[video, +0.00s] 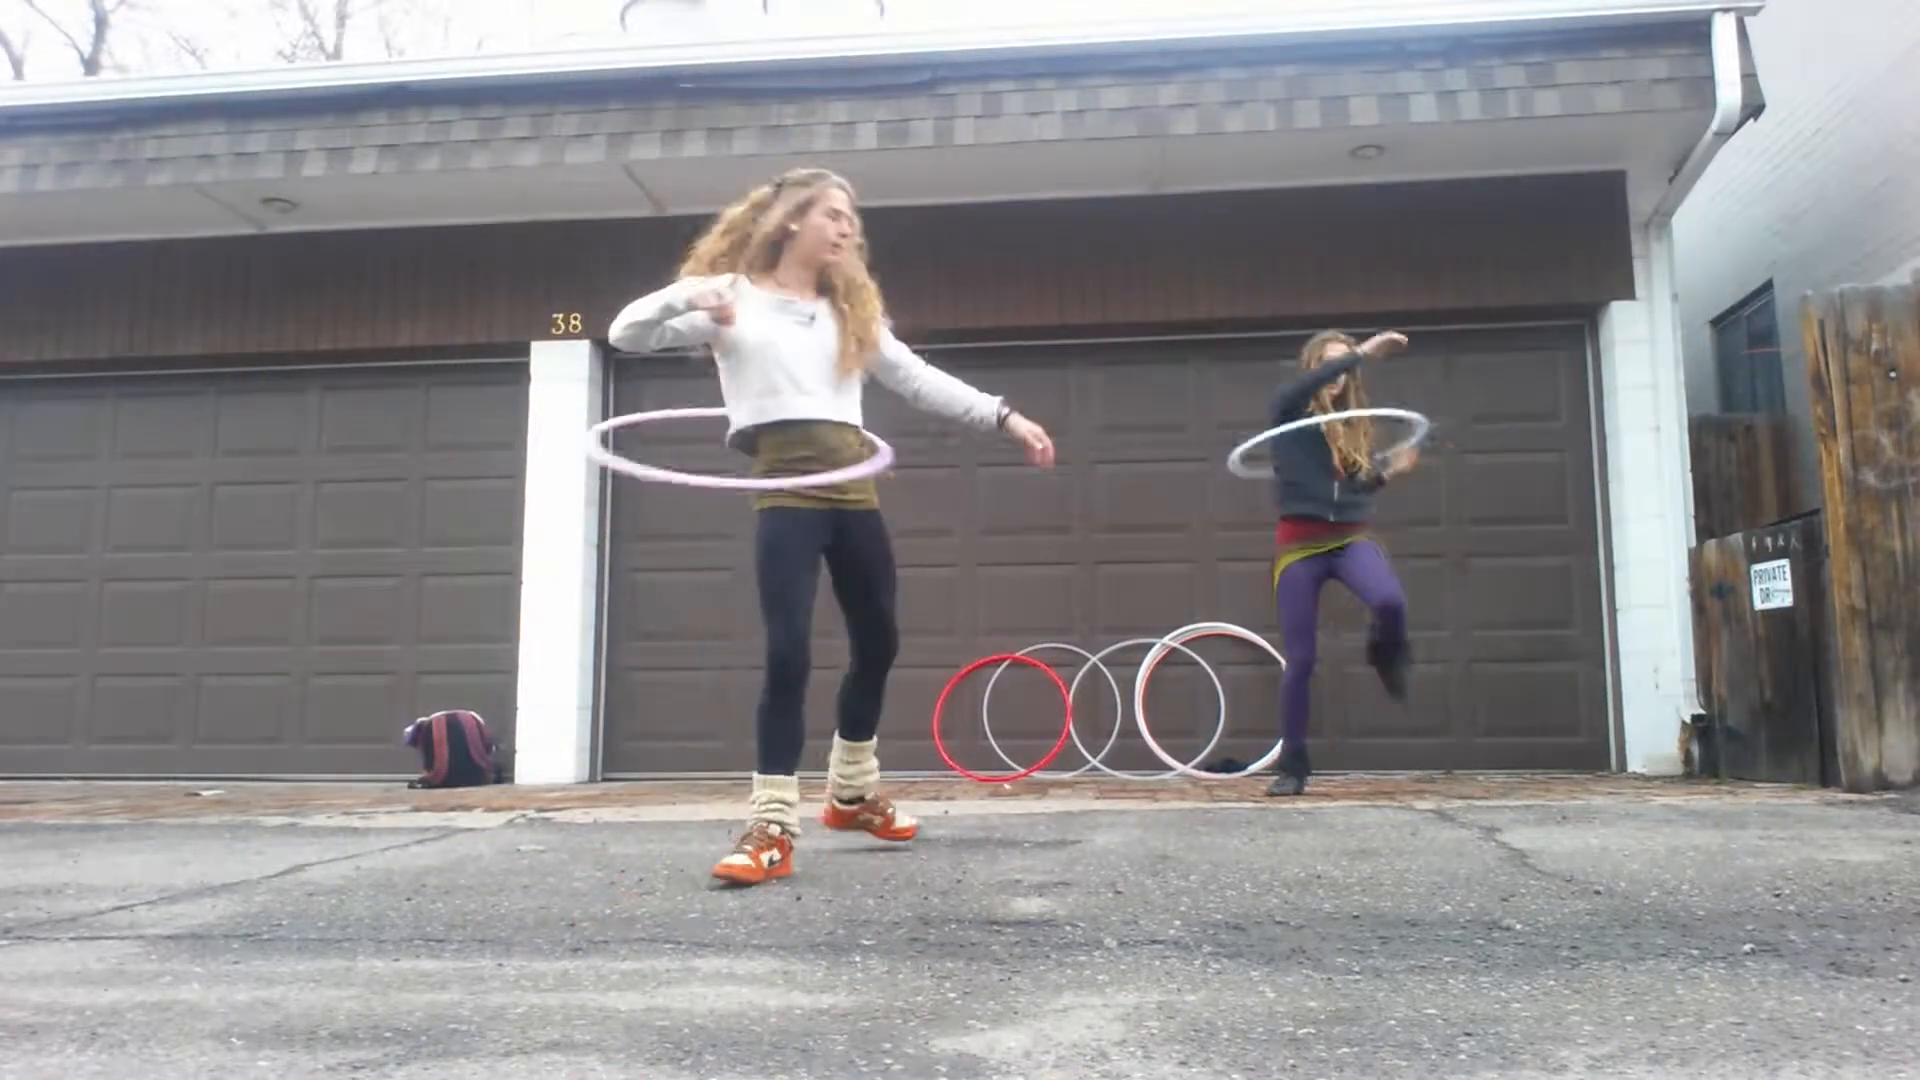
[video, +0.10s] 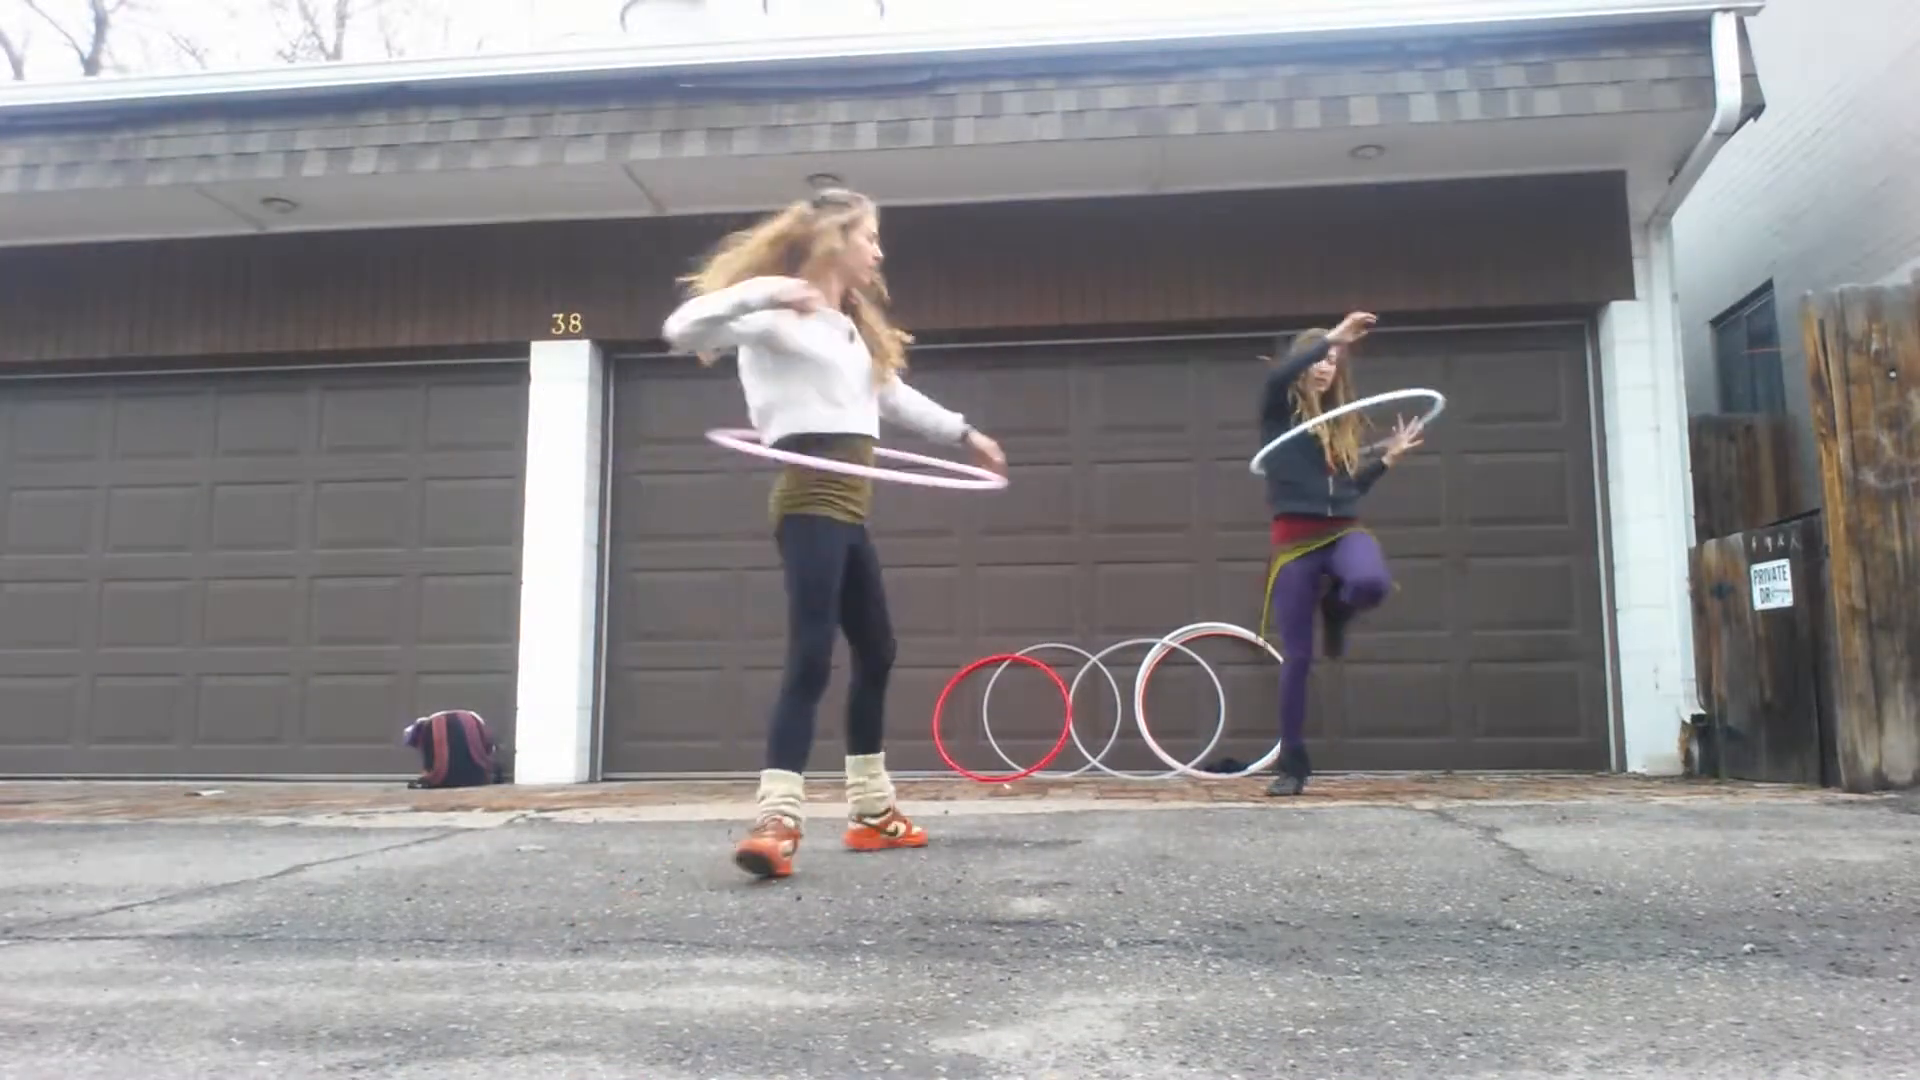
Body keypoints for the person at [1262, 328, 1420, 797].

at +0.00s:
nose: (1338, 378)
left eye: (1345, 369)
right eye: (1330, 368)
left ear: (1353, 376)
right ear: (1310, 370)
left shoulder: (1355, 424)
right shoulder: (1289, 415)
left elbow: (1355, 483)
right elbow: (1306, 386)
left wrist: (1385, 468)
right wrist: (1364, 351)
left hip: (1350, 540)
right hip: (1299, 546)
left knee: (1390, 599)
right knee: (1299, 660)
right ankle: (1293, 765)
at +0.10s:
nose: (1326, 369)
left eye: (1334, 362)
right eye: (1318, 360)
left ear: (1339, 372)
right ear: (1296, 366)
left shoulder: (1344, 419)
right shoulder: (1279, 410)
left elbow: (1353, 485)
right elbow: (1280, 376)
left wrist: (1387, 455)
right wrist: (1331, 339)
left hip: (1344, 532)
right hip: (1295, 538)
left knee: (1372, 585)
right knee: (1296, 656)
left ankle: (1335, 609)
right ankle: (1292, 763)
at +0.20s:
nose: (1315, 366)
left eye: (1322, 358)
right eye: (1307, 358)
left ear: (1332, 364)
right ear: (1291, 363)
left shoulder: (1344, 414)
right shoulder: (1268, 407)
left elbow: (1352, 484)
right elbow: (1234, 383)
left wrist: (1372, 447)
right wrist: (1282, 347)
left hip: (1340, 531)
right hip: (1288, 536)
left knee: (1373, 585)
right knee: (1292, 656)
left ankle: (1321, 625)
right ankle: (1289, 762)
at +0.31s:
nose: (1309, 369)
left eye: (1316, 361)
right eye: (1301, 360)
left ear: (1326, 367)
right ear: (1282, 364)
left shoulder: (1345, 409)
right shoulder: (1258, 408)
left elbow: (1360, 456)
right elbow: (1198, 426)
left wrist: (1306, 465)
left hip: (1338, 539)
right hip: (1285, 545)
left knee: (1382, 605)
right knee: (1289, 657)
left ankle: (1338, 666)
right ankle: (1292, 764)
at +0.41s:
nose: (1305, 371)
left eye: (1313, 363)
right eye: (1296, 363)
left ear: (1325, 370)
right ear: (1280, 369)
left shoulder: (1338, 409)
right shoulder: (1266, 418)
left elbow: (1343, 450)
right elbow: (1232, 458)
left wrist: (1286, 474)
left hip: (1337, 545)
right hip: (1284, 551)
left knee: (1381, 631)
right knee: (1288, 662)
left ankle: (1374, 728)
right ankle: (1293, 765)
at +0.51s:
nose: (1305, 376)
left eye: (1313, 368)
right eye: (1297, 367)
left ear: (1323, 373)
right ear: (1281, 372)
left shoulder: (1339, 417)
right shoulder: (1261, 425)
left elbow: (1344, 432)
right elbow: (1244, 481)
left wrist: (1289, 447)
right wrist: (1243, 513)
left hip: (1339, 550)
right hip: (1284, 555)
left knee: (1377, 644)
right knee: (1287, 662)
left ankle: (1411, 757)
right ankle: (1294, 766)